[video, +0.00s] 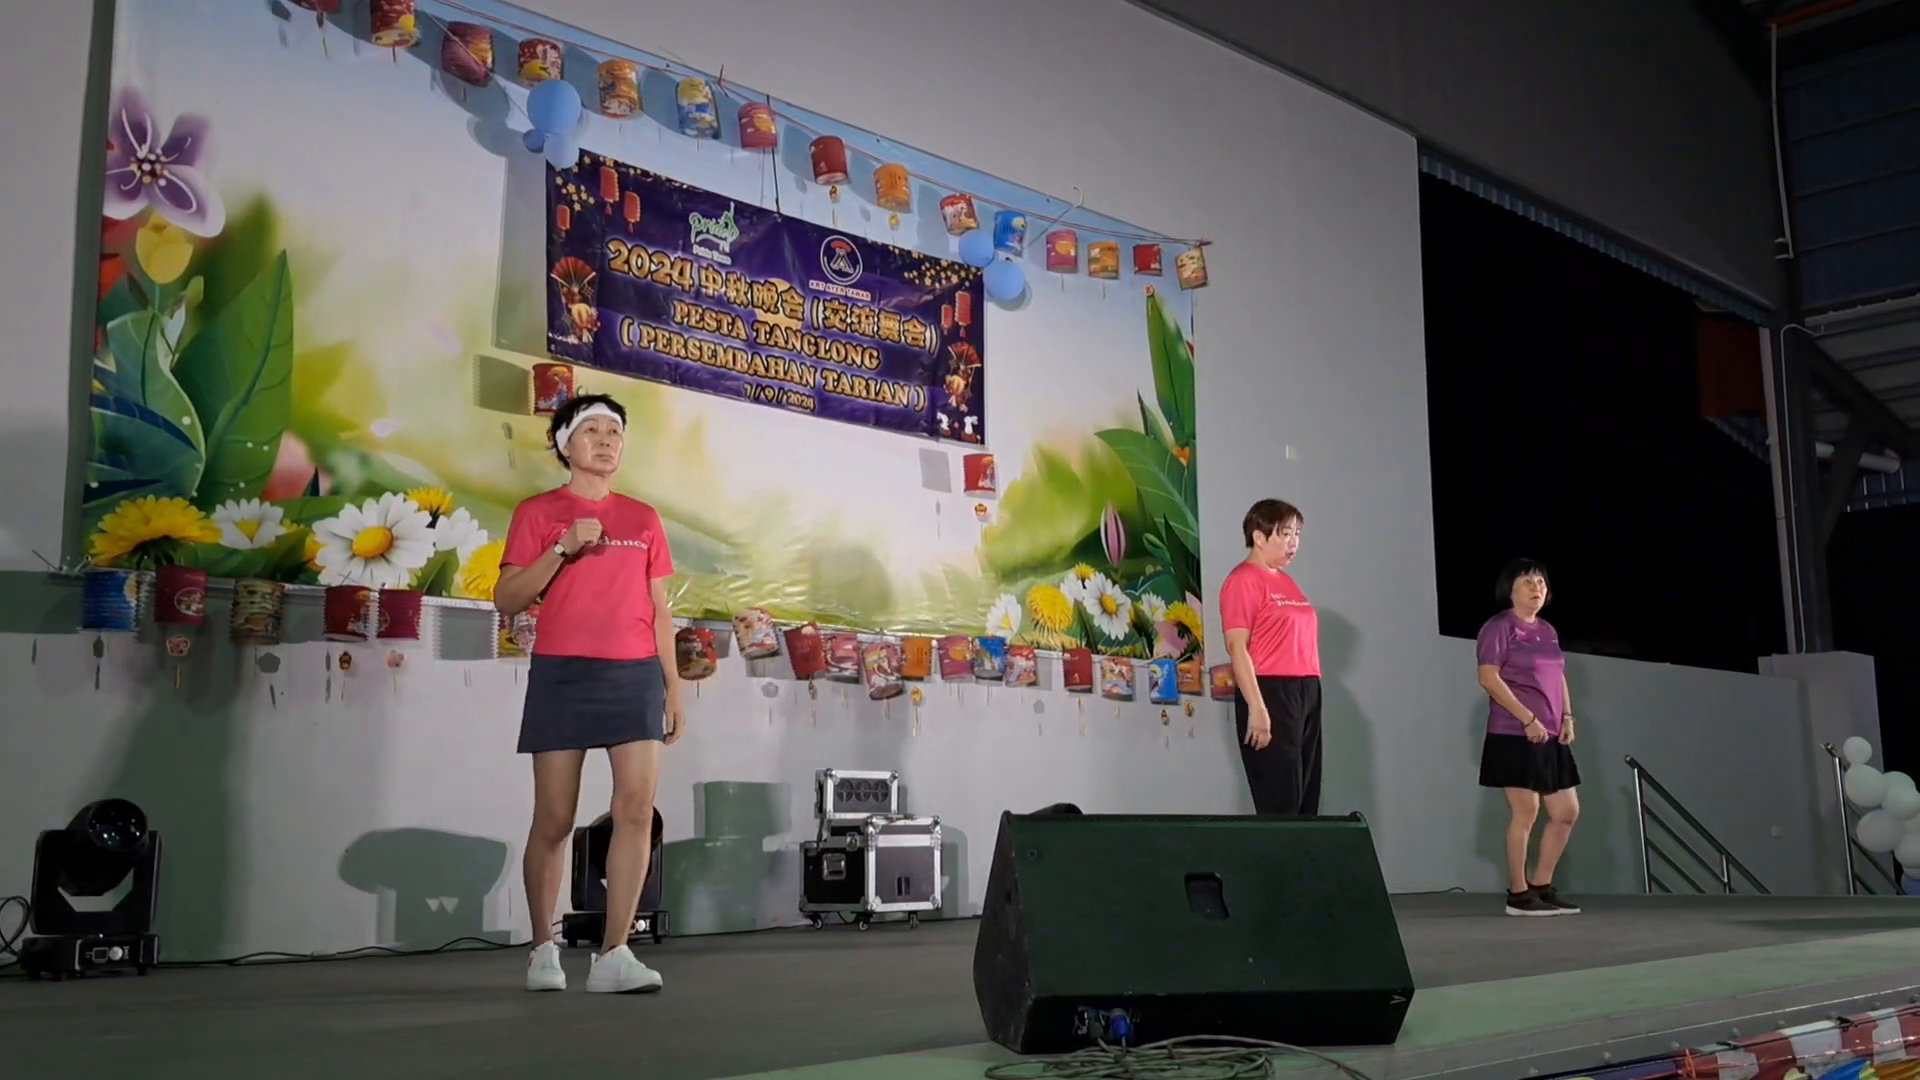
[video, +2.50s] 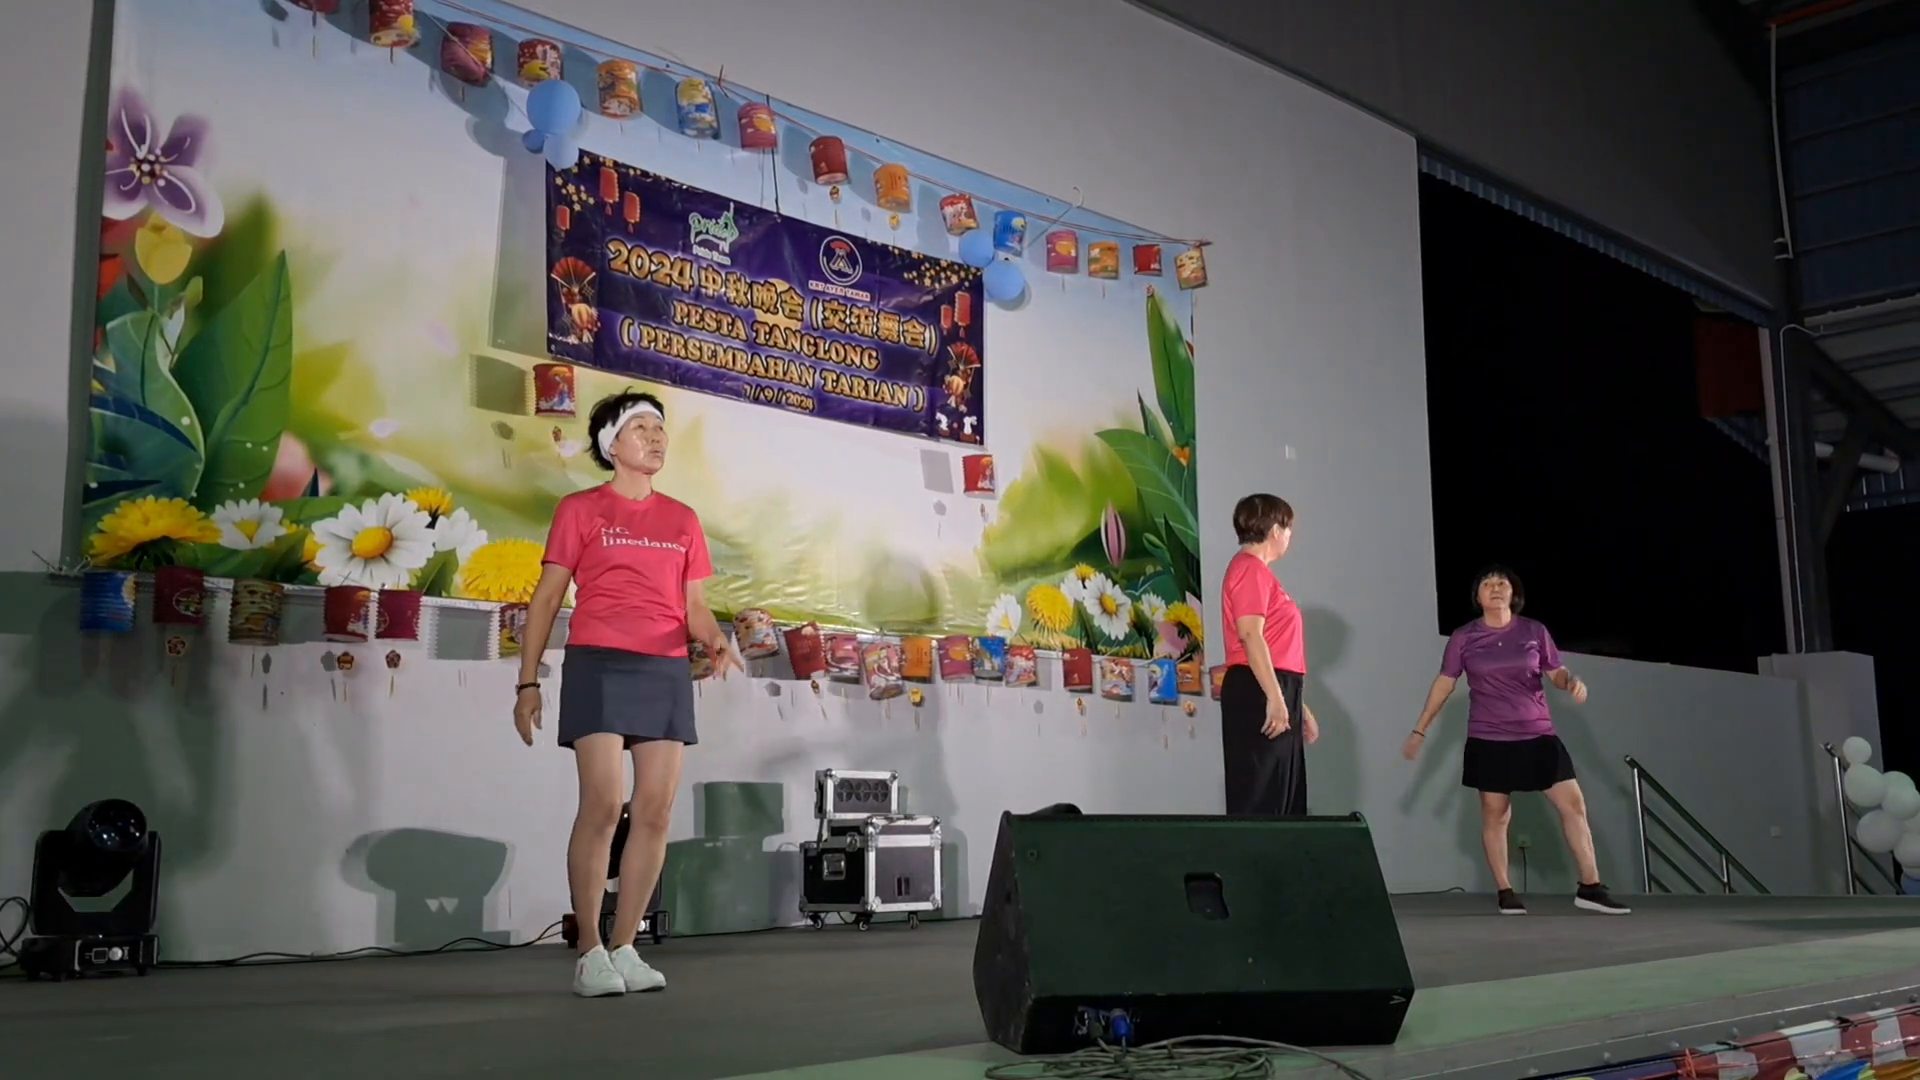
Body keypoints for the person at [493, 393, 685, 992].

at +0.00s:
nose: (605, 440)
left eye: (613, 433)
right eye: (592, 431)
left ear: (623, 448)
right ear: (565, 445)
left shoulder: (644, 519)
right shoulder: (538, 514)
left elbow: (661, 612)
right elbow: (508, 599)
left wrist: (673, 688)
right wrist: (561, 550)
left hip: (637, 676)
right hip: (561, 676)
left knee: (637, 808)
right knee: (554, 822)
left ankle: (615, 952)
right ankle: (545, 949)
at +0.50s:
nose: (589, 453)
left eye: (597, 446)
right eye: (576, 444)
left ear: (606, 461)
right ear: (549, 456)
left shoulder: (623, 530)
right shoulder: (518, 527)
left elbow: (634, 623)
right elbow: (484, 615)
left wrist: (637, 699)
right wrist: (545, 580)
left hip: (610, 680)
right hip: (536, 680)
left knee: (625, 796)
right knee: (543, 818)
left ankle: (618, 943)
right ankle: (543, 947)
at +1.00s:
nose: (586, 450)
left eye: (594, 442)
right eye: (573, 440)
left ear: (603, 455)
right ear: (545, 451)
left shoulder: (618, 524)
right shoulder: (516, 520)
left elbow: (634, 616)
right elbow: (491, 608)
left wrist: (643, 695)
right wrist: (548, 561)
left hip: (614, 677)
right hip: (541, 678)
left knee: (625, 804)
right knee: (545, 819)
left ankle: (618, 947)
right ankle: (543, 947)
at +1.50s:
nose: (590, 450)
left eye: (596, 442)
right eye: (577, 440)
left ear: (602, 454)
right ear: (546, 451)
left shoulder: (617, 522)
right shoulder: (522, 517)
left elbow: (627, 610)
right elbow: (517, 603)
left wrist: (630, 675)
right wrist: (582, 562)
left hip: (609, 677)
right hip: (540, 677)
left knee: (630, 794)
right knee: (540, 815)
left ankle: (620, 941)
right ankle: (542, 948)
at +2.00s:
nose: (633, 449)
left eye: (638, 442)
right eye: (619, 439)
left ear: (642, 455)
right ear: (587, 451)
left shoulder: (657, 526)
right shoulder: (565, 514)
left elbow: (677, 616)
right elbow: (567, 606)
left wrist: (694, 692)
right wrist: (579, 688)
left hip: (664, 677)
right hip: (597, 675)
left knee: (652, 814)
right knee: (591, 818)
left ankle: (621, 950)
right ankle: (553, 931)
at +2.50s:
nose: (654, 437)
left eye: (659, 430)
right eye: (641, 428)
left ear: (665, 447)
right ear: (611, 442)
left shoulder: (682, 519)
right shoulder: (580, 510)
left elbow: (696, 606)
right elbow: (547, 598)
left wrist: (718, 643)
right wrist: (528, 679)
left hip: (666, 673)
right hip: (597, 668)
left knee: (655, 810)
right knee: (604, 804)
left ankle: (625, 947)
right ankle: (590, 951)